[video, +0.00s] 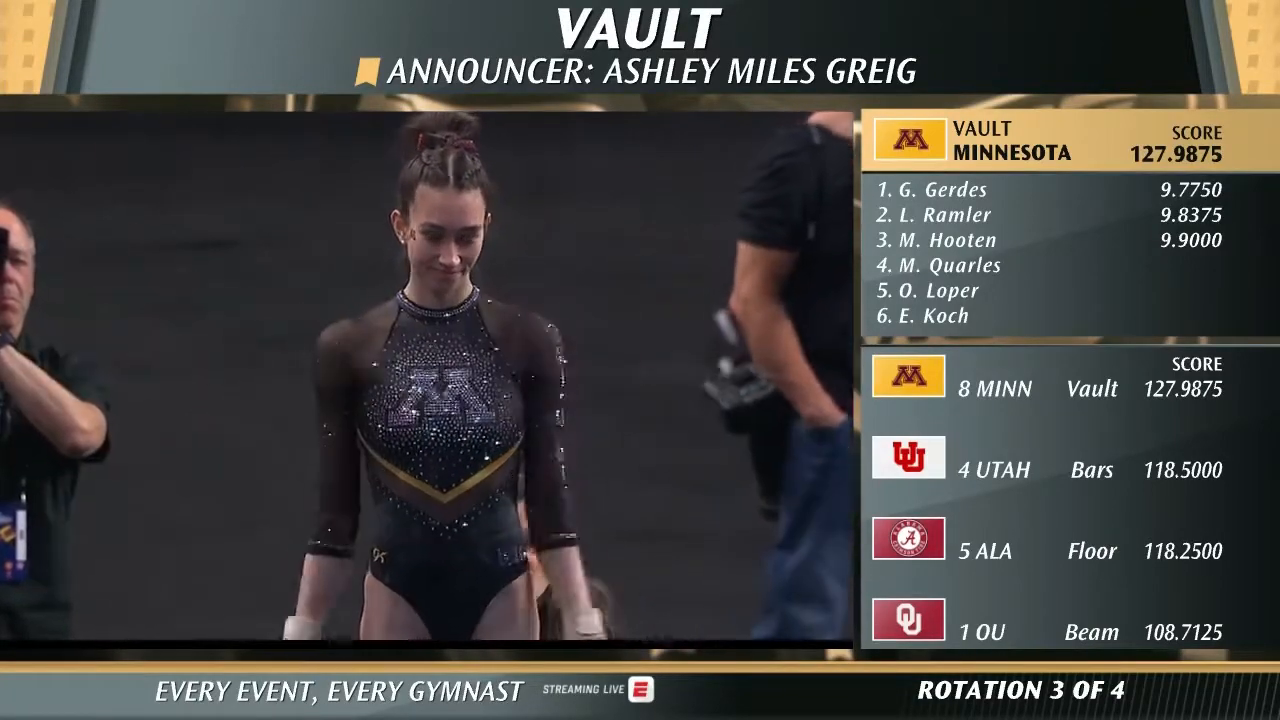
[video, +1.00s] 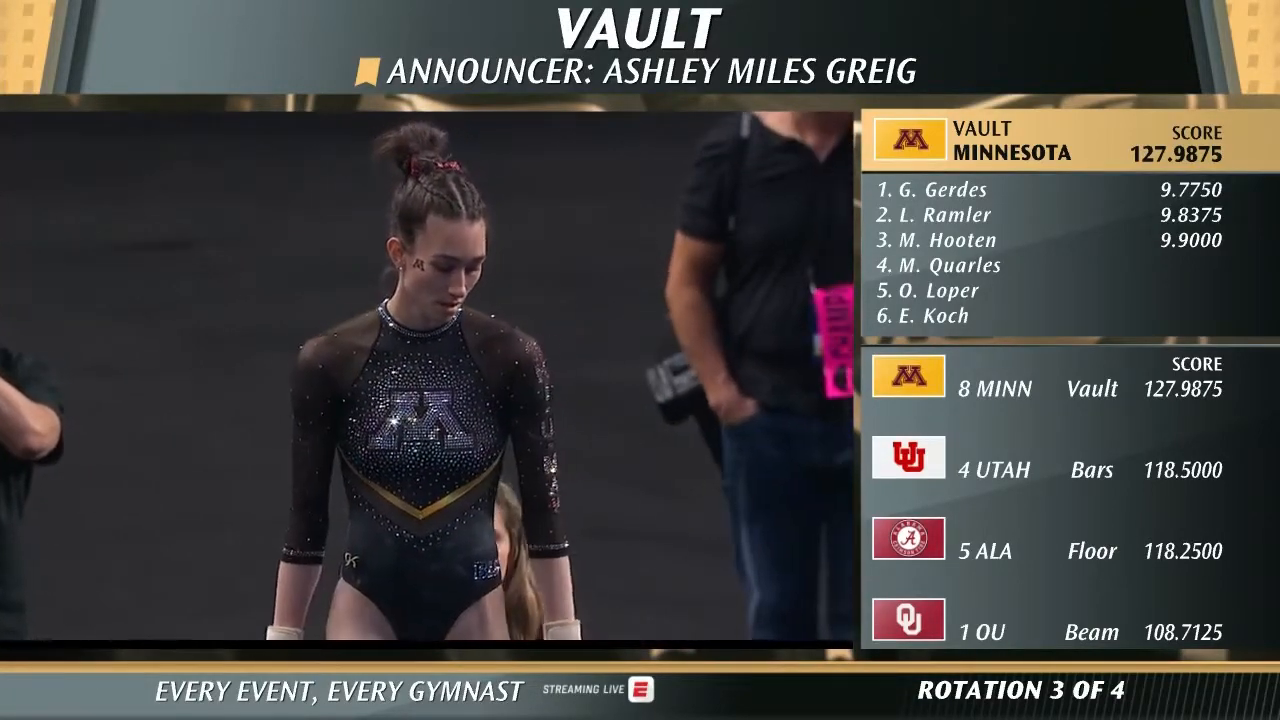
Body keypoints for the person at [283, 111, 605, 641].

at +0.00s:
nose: (451, 255)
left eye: (467, 236)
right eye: (432, 235)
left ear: (487, 226)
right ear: (401, 226)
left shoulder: (530, 341)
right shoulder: (349, 348)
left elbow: (550, 495)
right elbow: (337, 512)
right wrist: (303, 628)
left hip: (503, 588)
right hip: (395, 591)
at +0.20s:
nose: (461, 269)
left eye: (477, 249)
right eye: (444, 248)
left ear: (493, 239)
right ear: (406, 235)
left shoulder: (529, 342)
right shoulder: (347, 351)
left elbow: (553, 496)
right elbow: (323, 504)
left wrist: (522, 620)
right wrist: (321, 629)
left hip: (506, 585)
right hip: (396, 588)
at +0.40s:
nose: (467, 271)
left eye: (481, 251)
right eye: (450, 251)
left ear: (494, 240)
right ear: (407, 238)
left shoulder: (522, 341)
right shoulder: (343, 349)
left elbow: (553, 492)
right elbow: (321, 497)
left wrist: (518, 608)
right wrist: (318, 619)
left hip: (497, 586)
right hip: (391, 588)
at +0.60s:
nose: (462, 273)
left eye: (475, 253)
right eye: (445, 253)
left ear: (488, 244)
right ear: (402, 242)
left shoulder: (516, 346)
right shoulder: (337, 351)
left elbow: (541, 496)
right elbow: (316, 503)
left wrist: (547, 625)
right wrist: (303, 631)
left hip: (486, 589)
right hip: (377, 588)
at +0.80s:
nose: (467, 279)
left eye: (480, 260)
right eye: (450, 259)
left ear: (493, 250)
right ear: (406, 248)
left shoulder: (521, 355)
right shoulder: (339, 358)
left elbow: (552, 511)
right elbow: (318, 516)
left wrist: (576, 628)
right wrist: (293, 634)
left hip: (486, 592)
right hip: (375, 590)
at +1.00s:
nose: (459, 286)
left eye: (472, 266)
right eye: (443, 266)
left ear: (485, 257)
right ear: (398, 254)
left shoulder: (510, 357)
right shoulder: (329, 361)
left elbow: (542, 516)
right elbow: (307, 522)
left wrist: (564, 633)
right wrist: (282, 638)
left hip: (476, 595)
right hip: (366, 593)